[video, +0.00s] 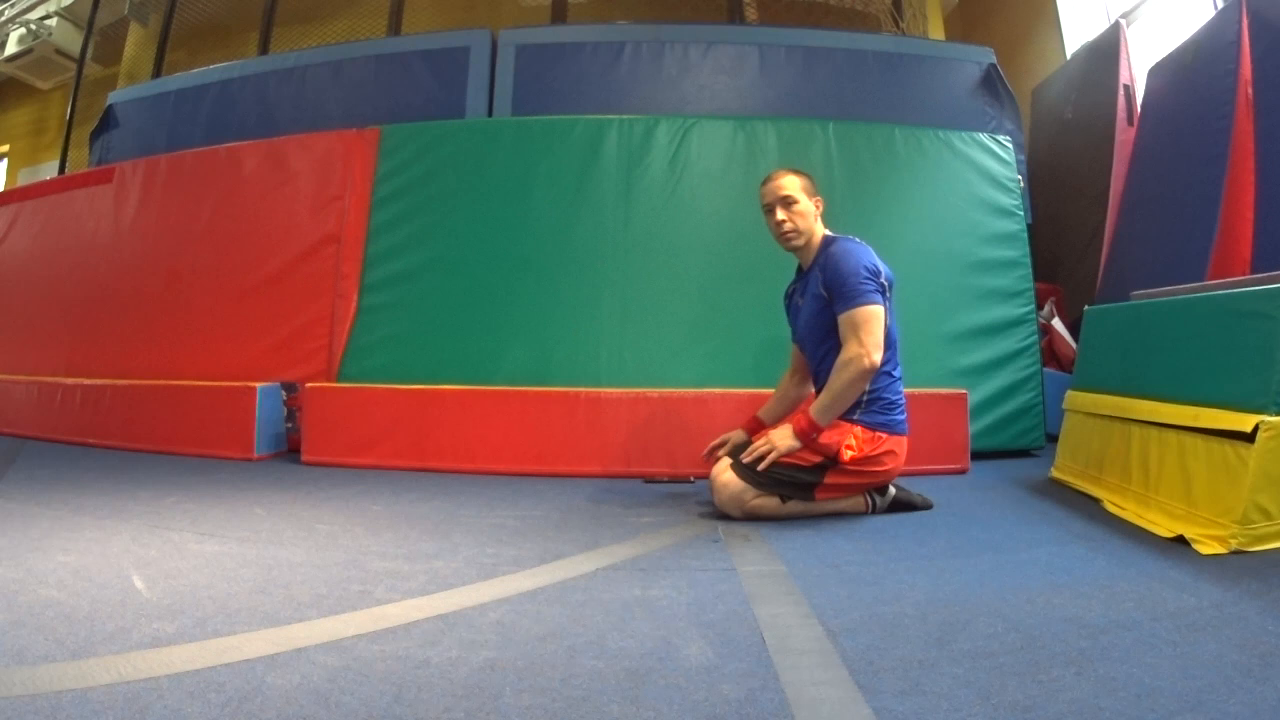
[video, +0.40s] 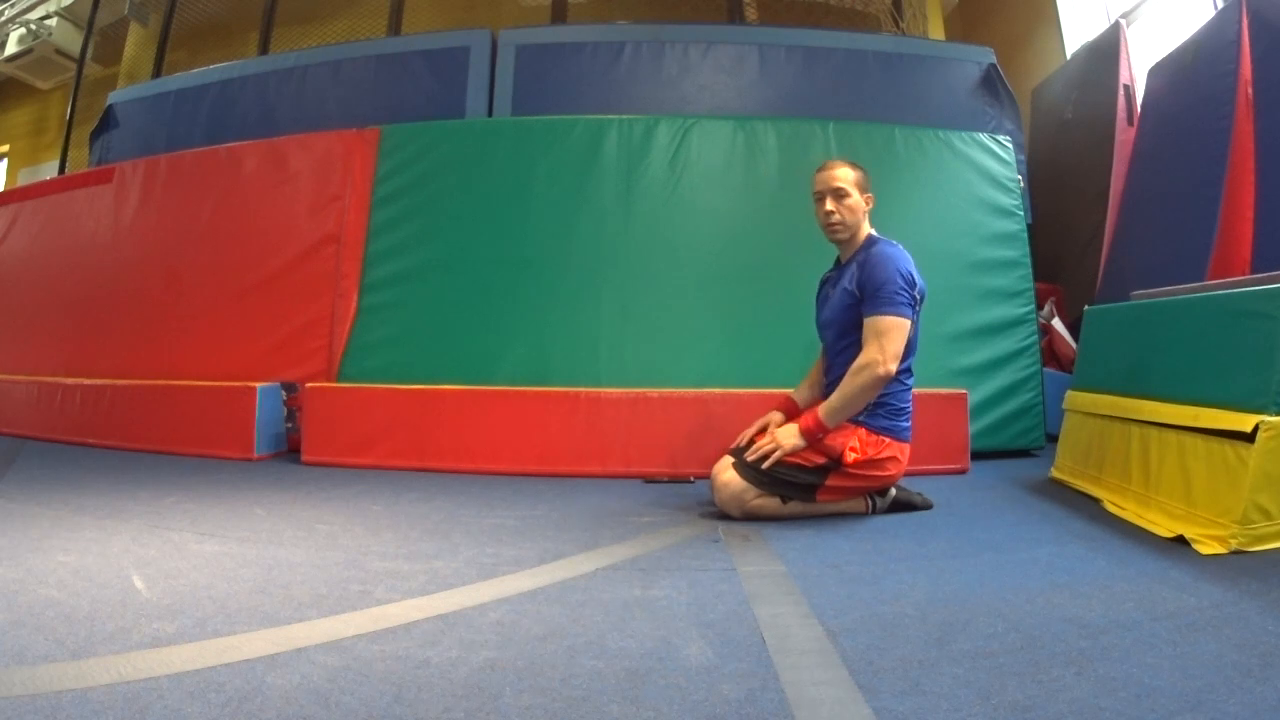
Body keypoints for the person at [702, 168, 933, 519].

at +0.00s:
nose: (778, 217)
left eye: (788, 204)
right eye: (769, 211)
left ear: (817, 206)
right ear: (765, 221)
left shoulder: (846, 257)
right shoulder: (798, 291)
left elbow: (864, 358)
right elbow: (800, 377)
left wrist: (799, 430)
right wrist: (750, 430)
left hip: (868, 439)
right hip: (837, 430)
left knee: (733, 493)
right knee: (724, 472)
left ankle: (868, 500)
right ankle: (858, 490)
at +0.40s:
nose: (828, 207)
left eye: (840, 195)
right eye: (819, 198)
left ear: (867, 203)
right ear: (814, 208)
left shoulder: (885, 261)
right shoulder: (834, 278)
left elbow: (880, 364)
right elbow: (832, 361)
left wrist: (805, 429)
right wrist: (783, 413)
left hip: (872, 444)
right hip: (842, 433)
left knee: (734, 493)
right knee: (724, 475)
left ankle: (870, 501)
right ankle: (859, 489)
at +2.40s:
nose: (839, 210)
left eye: (851, 197)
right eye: (832, 200)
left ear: (880, 202)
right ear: (826, 206)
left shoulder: (896, 263)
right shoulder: (848, 276)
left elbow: (883, 367)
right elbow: (832, 361)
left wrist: (806, 429)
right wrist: (787, 415)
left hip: (872, 444)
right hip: (844, 433)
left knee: (734, 494)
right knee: (724, 475)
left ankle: (870, 502)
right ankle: (859, 489)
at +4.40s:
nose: (831, 212)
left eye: (843, 199)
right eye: (826, 202)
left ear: (875, 202)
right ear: (821, 207)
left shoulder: (894, 263)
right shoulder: (849, 275)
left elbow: (882, 366)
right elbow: (833, 362)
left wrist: (806, 429)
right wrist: (788, 415)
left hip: (873, 445)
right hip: (846, 435)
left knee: (734, 492)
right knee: (725, 473)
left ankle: (869, 502)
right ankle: (861, 491)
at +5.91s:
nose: (827, 214)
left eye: (838, 201)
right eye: (821, 205)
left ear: (870, 202)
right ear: (817, 210)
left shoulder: (894, 263)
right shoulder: (848, 276)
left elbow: (883, 366)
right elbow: (835, 362)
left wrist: (810, 429)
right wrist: (791, 414)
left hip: (872, 444)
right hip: (847, 434)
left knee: (733, 493)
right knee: (726, 474)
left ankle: (868, 502)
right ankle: (863, 492)